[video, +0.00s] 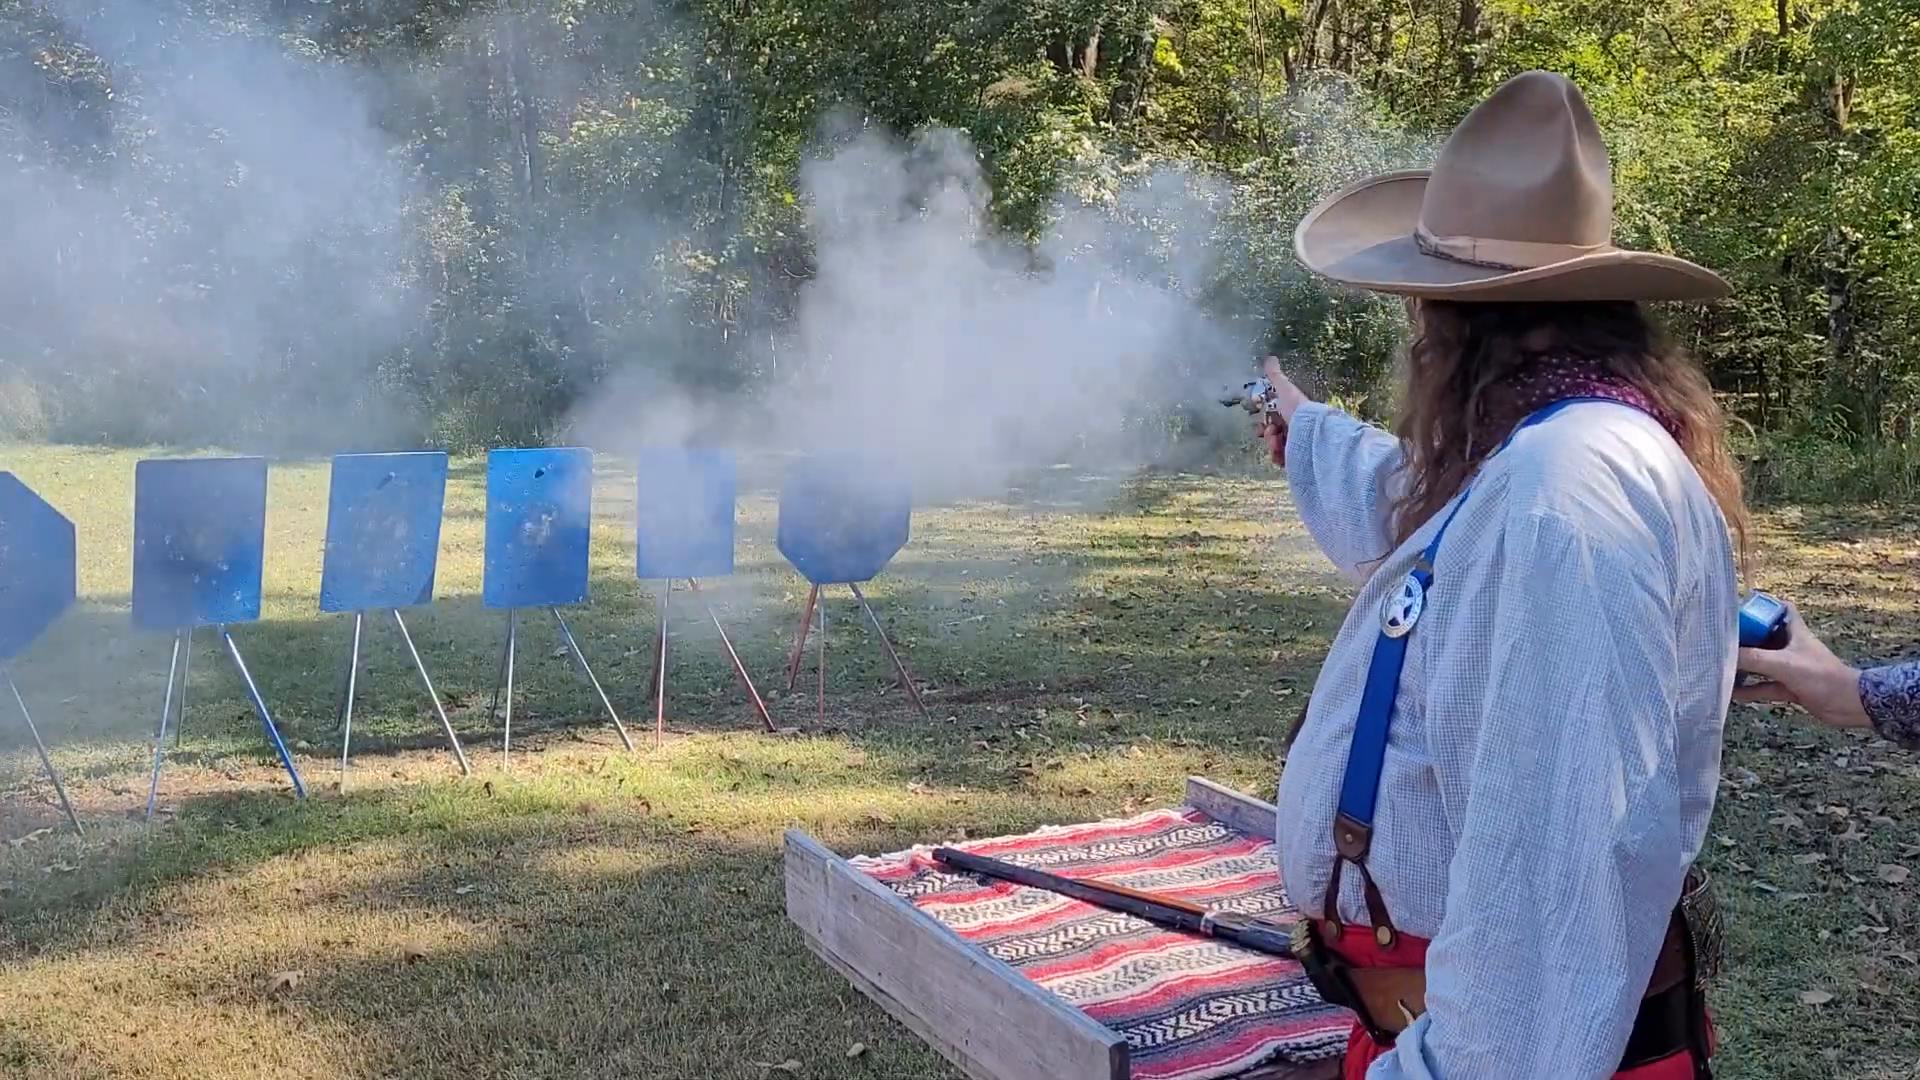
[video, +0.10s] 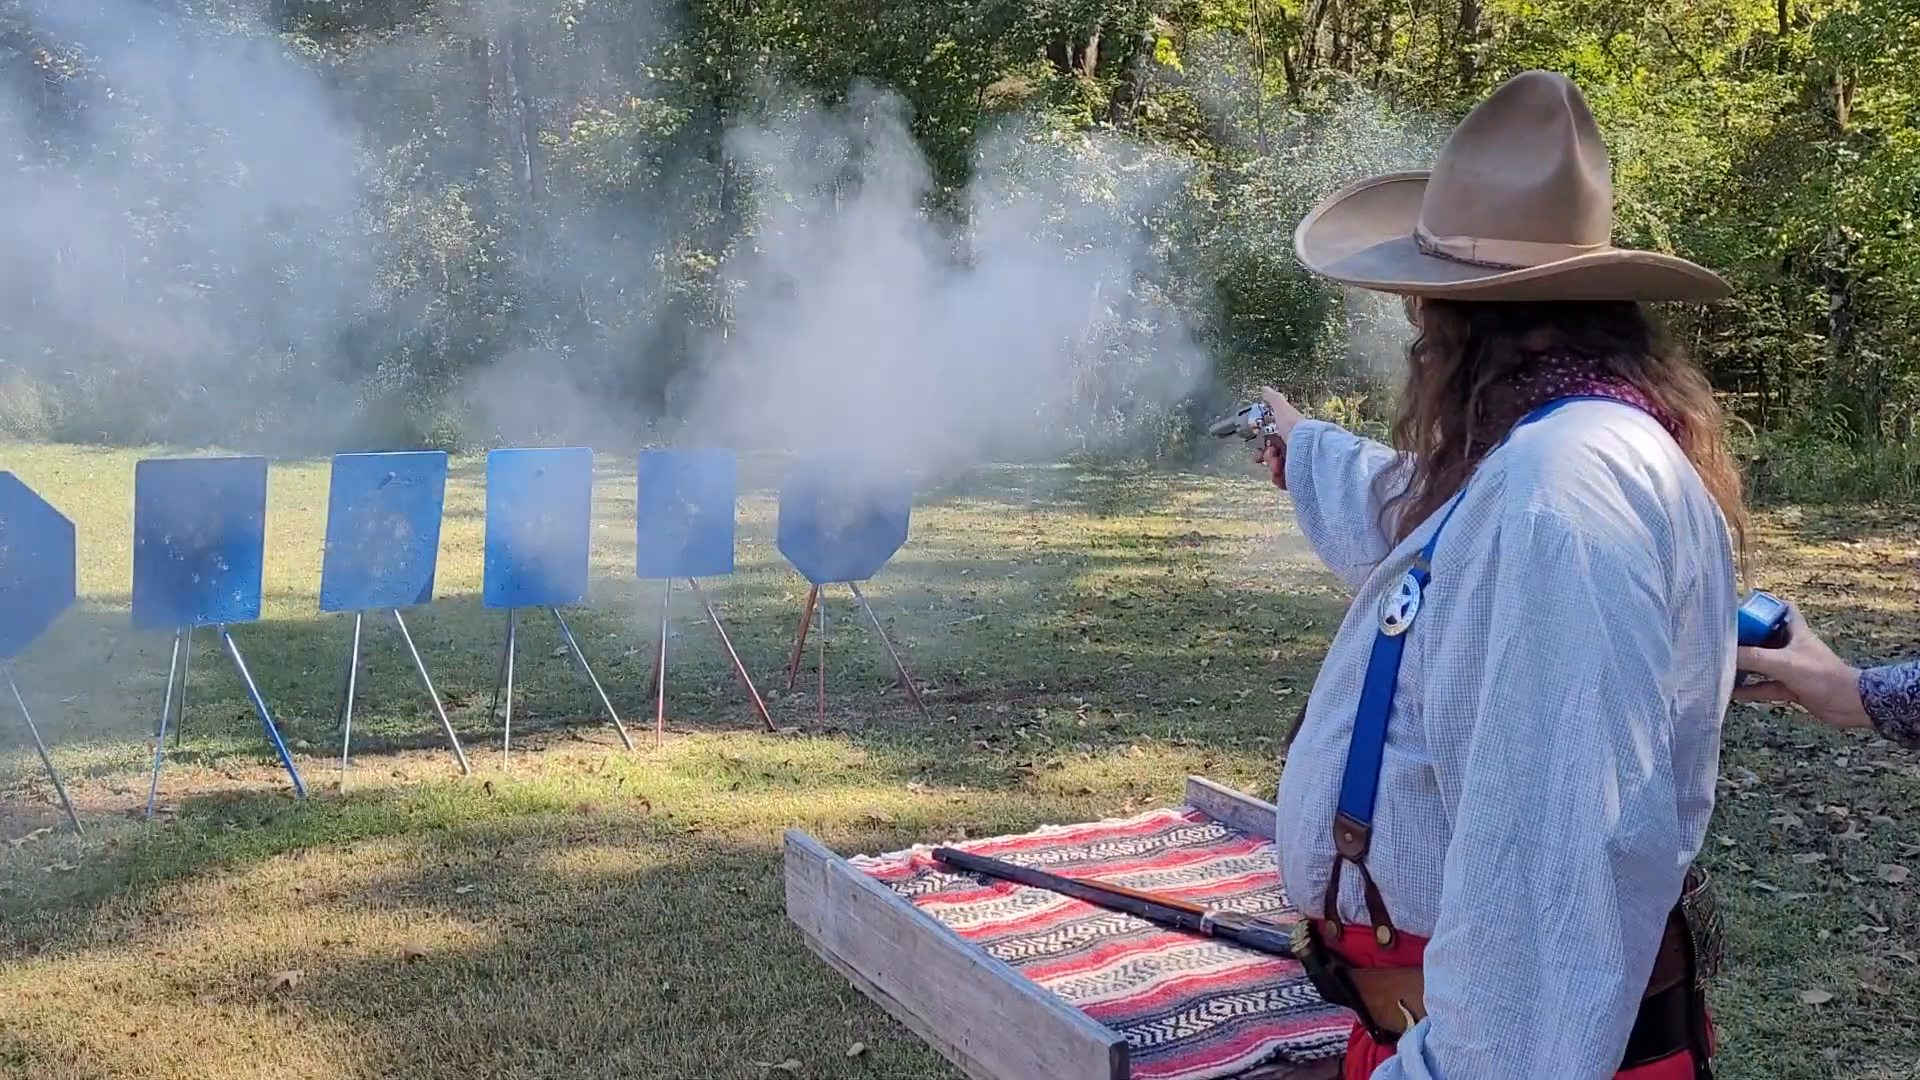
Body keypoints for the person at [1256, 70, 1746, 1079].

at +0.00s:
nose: (1409, 329)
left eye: (1421, 304)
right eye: (1411, 301)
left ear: (1461, 320)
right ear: (1566, 308)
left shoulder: (1562, 496)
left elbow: (1558, 872)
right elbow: (1412, 509)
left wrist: (1437, 1062)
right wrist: (1303, 429)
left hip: (1494, 1022)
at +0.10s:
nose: (1411, 329)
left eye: (1422, 305)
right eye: (1413, 302)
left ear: (1464, 320)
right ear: (1567, 307)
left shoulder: (1558, 494)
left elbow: (1551, 879)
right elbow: (1412, 511)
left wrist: (1446, 1062)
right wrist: (1298, 443)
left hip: (1486, 1029)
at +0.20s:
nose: (1410, 331)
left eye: (1420, 305)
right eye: (1411, 303)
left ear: (1463, 321)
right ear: (1566, 308)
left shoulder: (1557, 490)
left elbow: (1546, 879)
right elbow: (1408, 510)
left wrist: (1443, 1061)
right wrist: (1297, 452)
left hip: (1497, 1026)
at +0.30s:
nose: (1409, 328)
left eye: (1421, 303)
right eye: (1412, 299)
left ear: (1460, 319)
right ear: (1567, 307)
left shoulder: (1559, 489)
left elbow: (1547, 865)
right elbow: (1411, 515)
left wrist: (1437, 1060)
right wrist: (1297, 452)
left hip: (1510, 1028)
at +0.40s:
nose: (1409, 328)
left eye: (1420, 303)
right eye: (1411, 300)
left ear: (1457, 321)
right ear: (1567, 308)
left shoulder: (1555, 487)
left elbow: (1544, 865)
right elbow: (1399, 508)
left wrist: (1437, 1058)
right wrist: (1289, 444)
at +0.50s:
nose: (1406, 324)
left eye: (1417, 300)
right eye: (1409, 296)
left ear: (1454, 317)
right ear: (1567, 304)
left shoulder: (1551, 488)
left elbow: (1548, 859)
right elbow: (1401, 500)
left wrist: (1439, 1058)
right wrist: (1287, 436)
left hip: (1510, 1022)